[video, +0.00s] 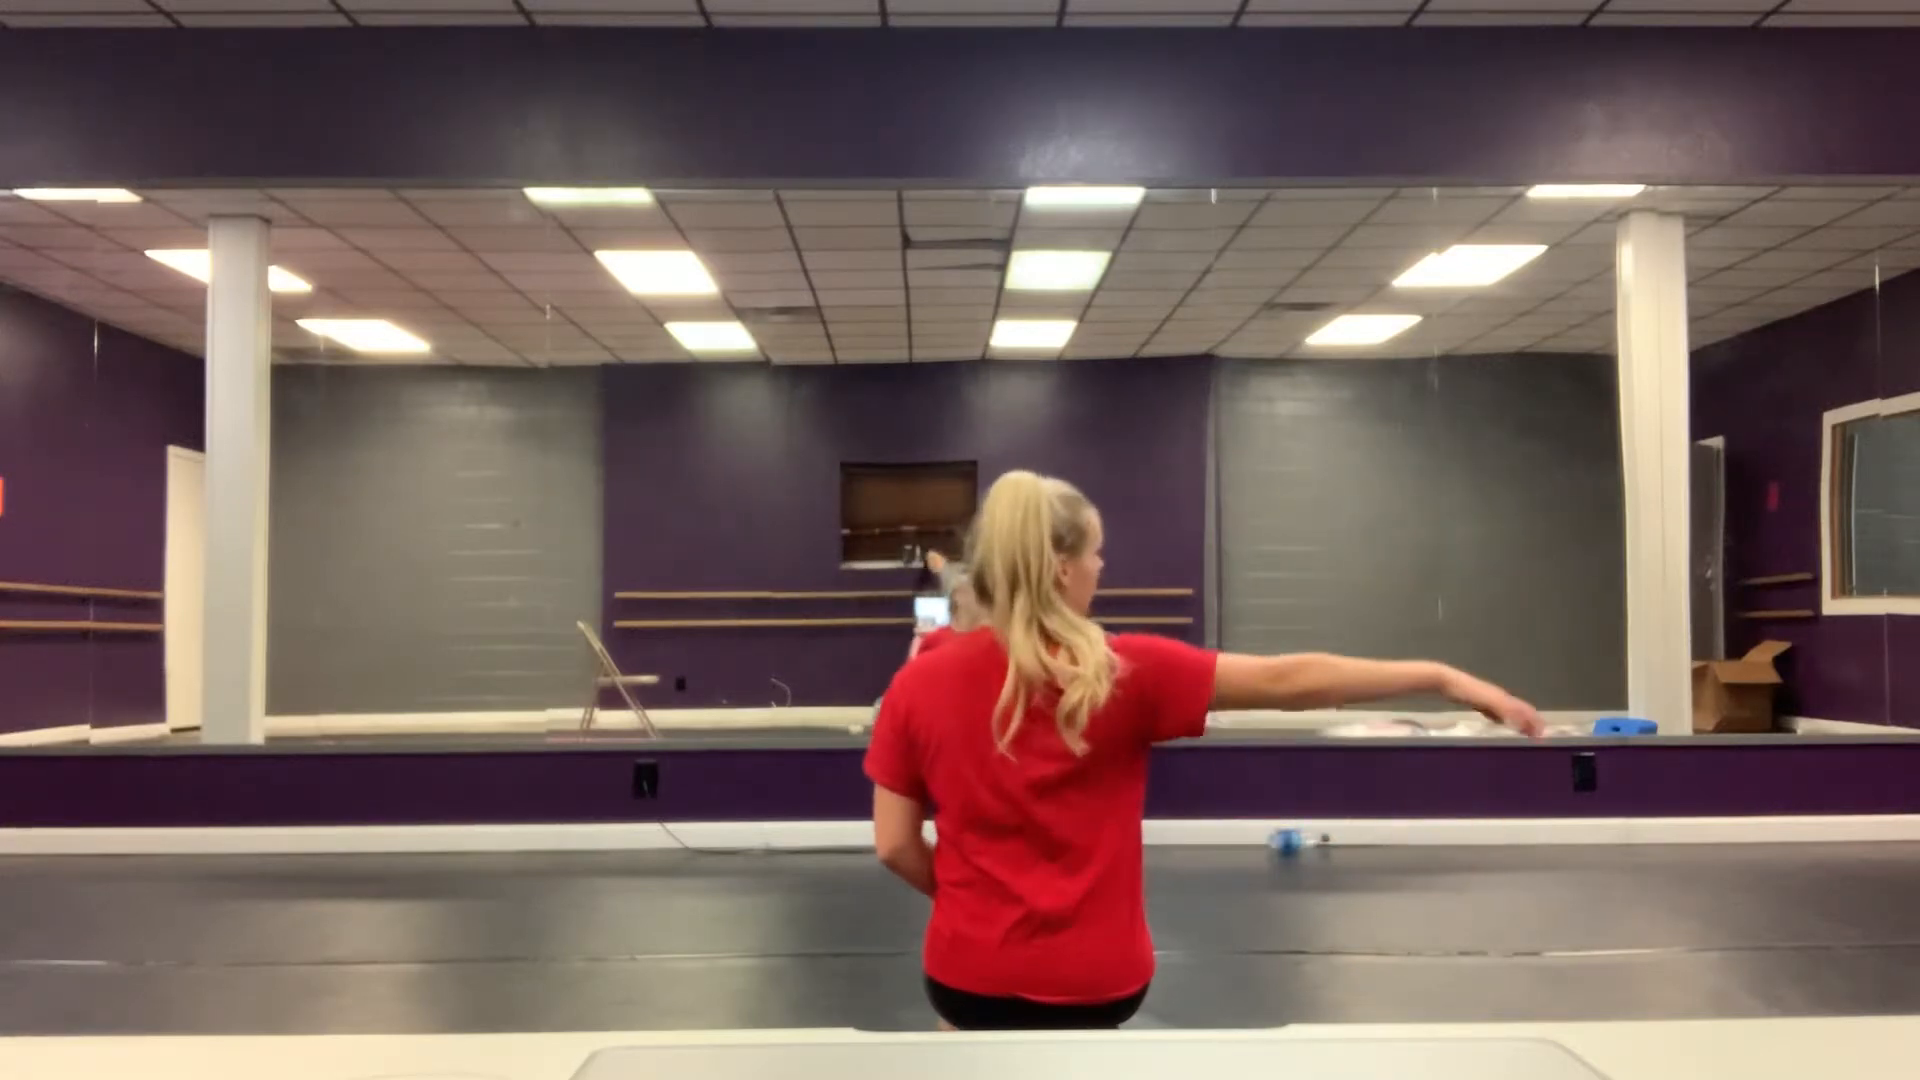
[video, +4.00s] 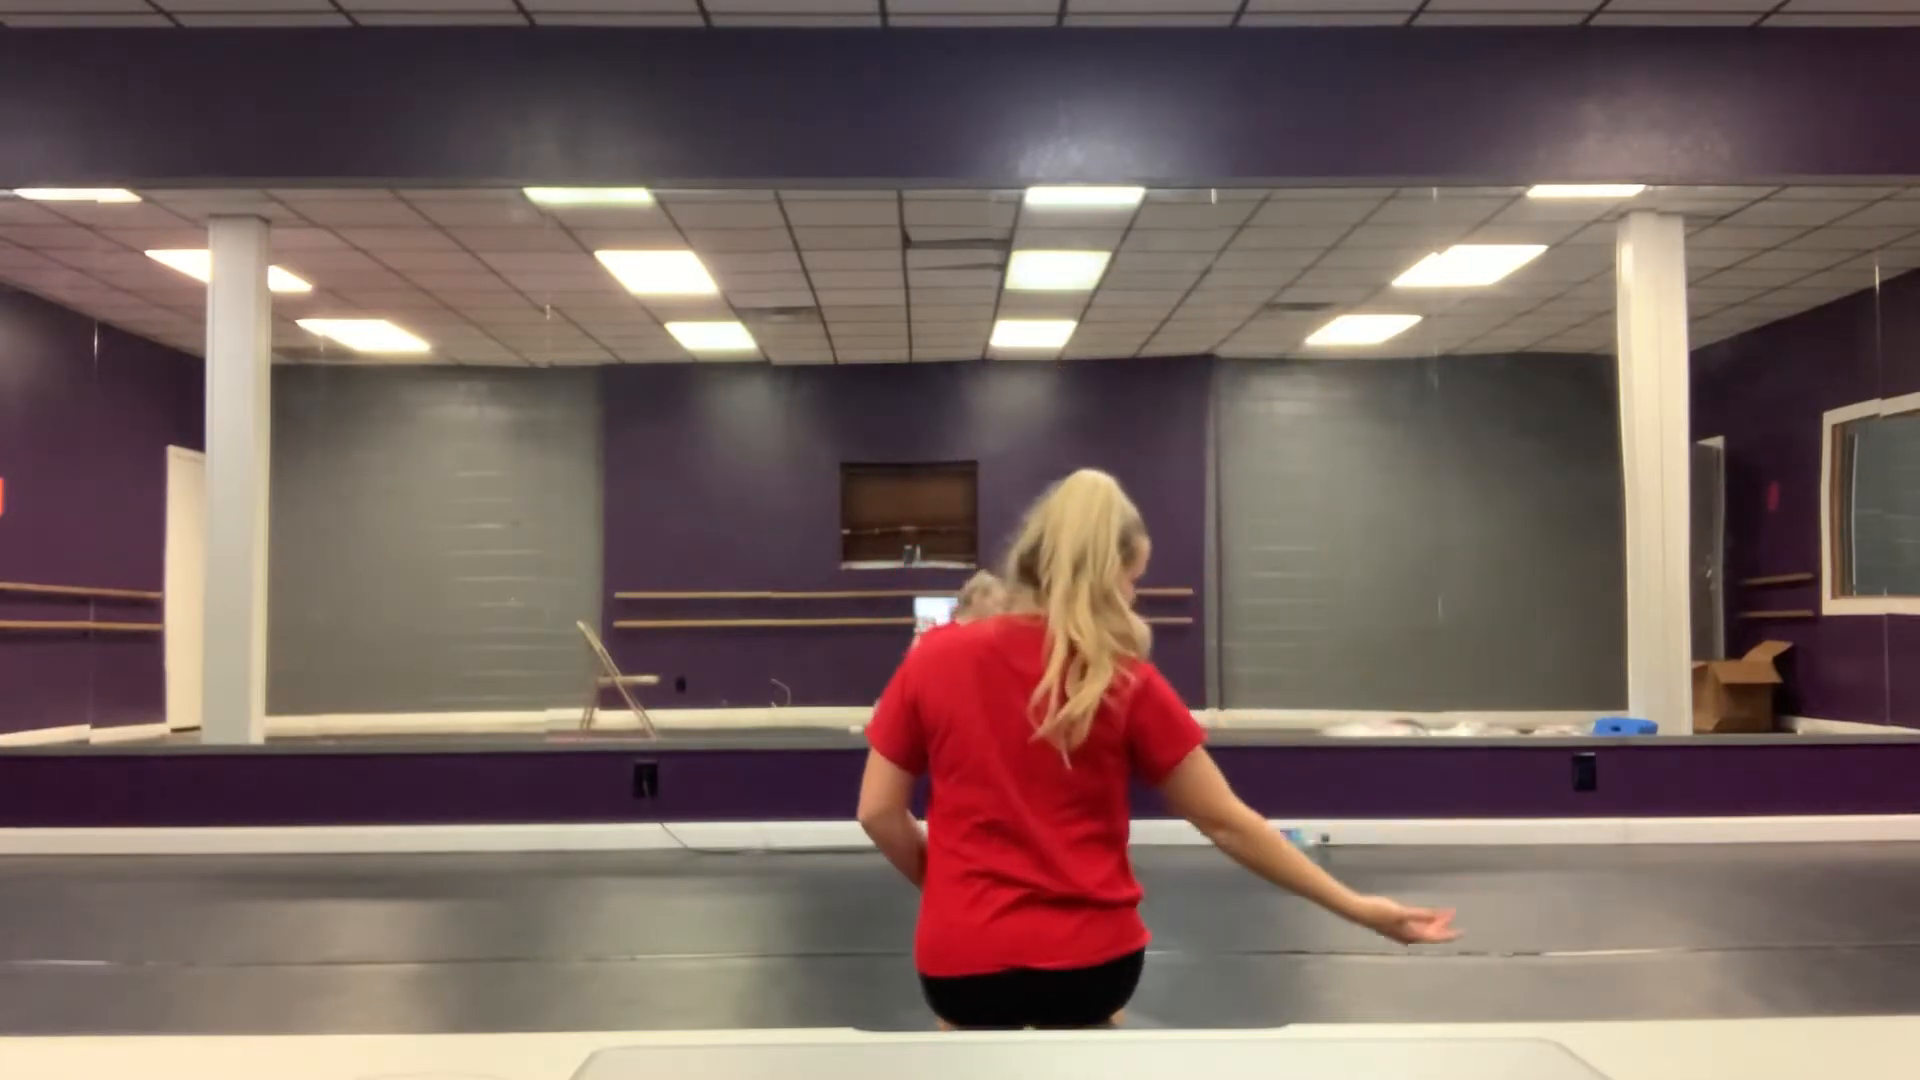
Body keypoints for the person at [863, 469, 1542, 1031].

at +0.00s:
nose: (1100, 572)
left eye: (1098, 554)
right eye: (1093, 556)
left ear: (998, 562)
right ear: (1061, 563)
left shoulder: (924, 673)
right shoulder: (1124, 667)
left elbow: (894, 845)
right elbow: (1290, 679)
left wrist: (964, 895)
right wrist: (1446, 677)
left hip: (966, 966)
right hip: (1100, 971)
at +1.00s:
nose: (945, 592)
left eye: (955, 573)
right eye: (946, 574)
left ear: (1007, 574)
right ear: (1009, 572)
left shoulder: (962, 685)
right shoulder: (1131, 660)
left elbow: (925, 855)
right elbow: (1033, 694)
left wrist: (979, 890)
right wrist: (879, 731)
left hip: (993, 977)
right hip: (1119, 974)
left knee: (965, 1022)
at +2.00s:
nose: (979, 448)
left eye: (983, 438)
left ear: (995, 450)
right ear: (1075, 441)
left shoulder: (941, 566)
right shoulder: (1121, 532)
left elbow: (924, 724)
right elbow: (1092, 448)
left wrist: (968, 790)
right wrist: (975, 448)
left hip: (987, 815)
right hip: (1101, 813)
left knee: (985, 981)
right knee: (1073, 980)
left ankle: (1002, 1040)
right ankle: (1093, 1040)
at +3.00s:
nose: (1127, 517)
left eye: (1125, 501)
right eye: (1121, 501)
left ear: (1020, 499)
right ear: (1077, 505)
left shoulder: (933, 603)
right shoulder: (1119, 602)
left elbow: (893, 756)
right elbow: (1284, 598)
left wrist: (948, 834)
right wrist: (1409, 510)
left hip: (968, 874)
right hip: (1092, 874)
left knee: (977, 1002)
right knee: (1078, 990)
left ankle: (991, 1046)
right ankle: (1092, 1033)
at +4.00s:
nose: (1134, 592)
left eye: (1138, 574)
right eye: (1133, 572)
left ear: (1037, 555)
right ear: (1108, 565)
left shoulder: (934, 658)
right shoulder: (1123, 676)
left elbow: (877, 811)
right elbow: (1226, 821)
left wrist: (940, 880)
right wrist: (1352, 905)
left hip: (964, 957)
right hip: (1094, 956)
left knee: (974, 1062)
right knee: (1094, 1032)